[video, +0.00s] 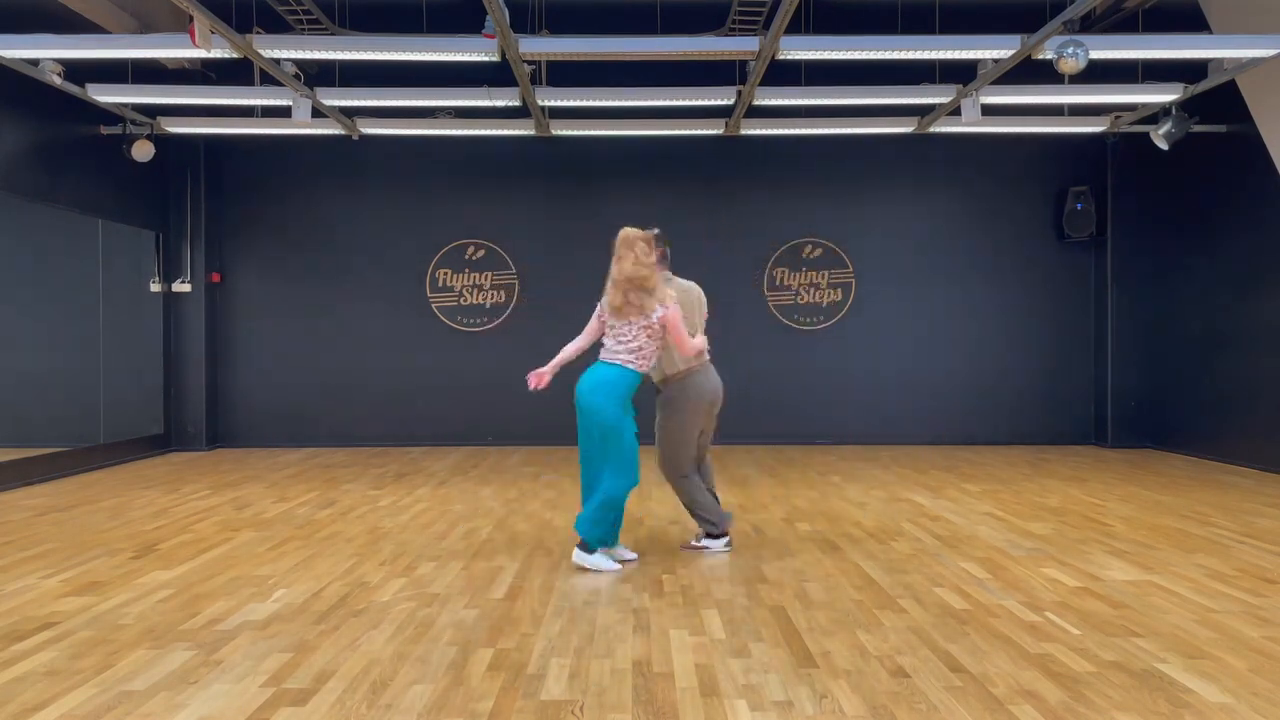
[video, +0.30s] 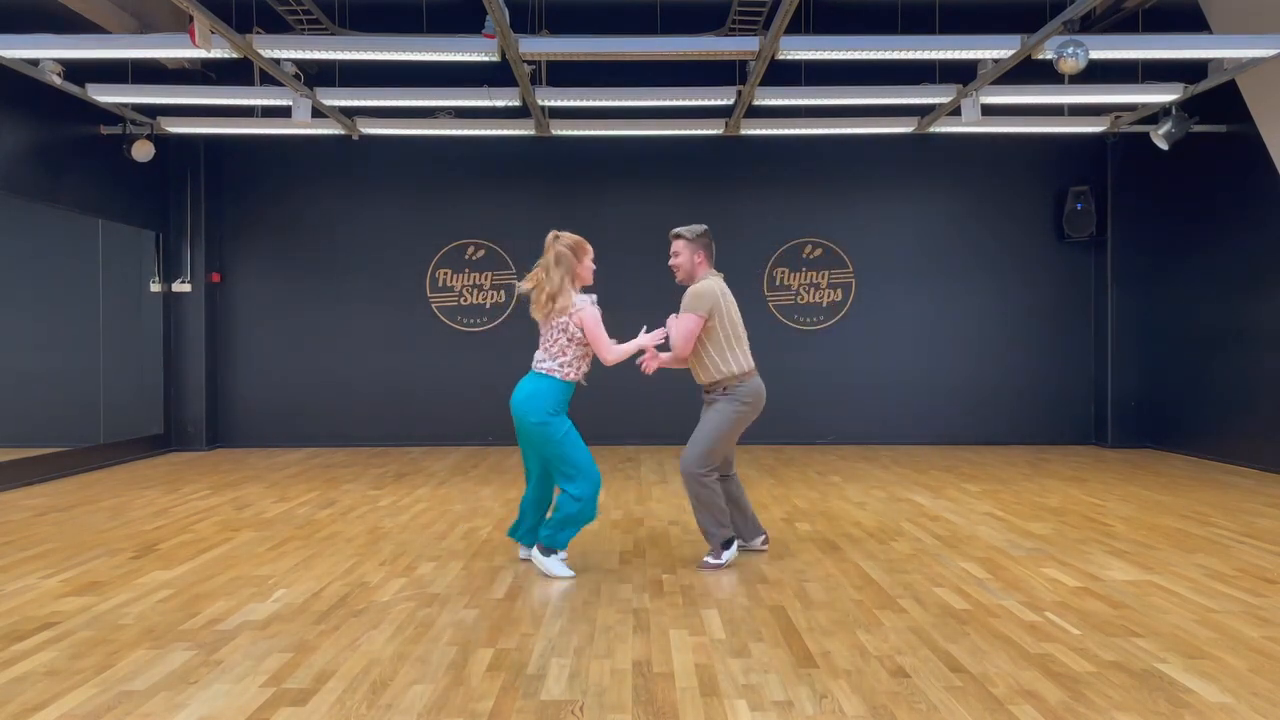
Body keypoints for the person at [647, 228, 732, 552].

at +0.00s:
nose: (639, 262)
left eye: (642, 256)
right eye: (644, 254)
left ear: (650, 257)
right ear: (665, 257)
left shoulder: (647, 297)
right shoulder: (694, 290)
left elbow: (643, 343)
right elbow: (697, 331)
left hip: (680, 386)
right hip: (707, 375)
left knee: (676, 467)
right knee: (698, 458)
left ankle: (716, 528)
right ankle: (713, 527)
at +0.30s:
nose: (671, 262)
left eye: (676, 255)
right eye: (671, 255)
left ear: (700, 256)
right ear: (697, 258)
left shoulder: (702, 290)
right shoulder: (711, 287)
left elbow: (681, 350)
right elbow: (699, 351)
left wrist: (671, 326)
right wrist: (663, 358)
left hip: (736, 392)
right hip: (724, 392)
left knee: (694, 465)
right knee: (720, 468)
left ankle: (723, 542)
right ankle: (752, 535)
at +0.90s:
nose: (686, 247)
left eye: (692, 239)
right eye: (687, 239)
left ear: (716, 241)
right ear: (708, 243)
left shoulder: (746, 271)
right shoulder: (703, 297)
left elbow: (779, 315)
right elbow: (686, 344)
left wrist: (730, 336)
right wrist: (655, 326)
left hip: (776, 380)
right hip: (743, 390)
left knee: (746, 469)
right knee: (712, 467)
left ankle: (796, 563)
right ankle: (740, 566)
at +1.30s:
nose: (659, 235)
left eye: (665, 227)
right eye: (659, 227)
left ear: (690, 228)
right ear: (686, 230)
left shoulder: (708, 265)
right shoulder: (687, 269)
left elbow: (679, 328)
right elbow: (693, 323)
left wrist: (632, 336)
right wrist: (657, 316)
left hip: (742, 377)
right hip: (701, 381)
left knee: (720, 460)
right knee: (662, 455)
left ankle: (751, 546)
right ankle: (694, 539)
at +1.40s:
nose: (655, 244)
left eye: (663, 237)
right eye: (654, 237)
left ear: (689, 242)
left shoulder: (693, 284)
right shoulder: (679, 282)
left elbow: (683, 355)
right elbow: (689, 337)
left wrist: (640, 354)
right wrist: (663, 330)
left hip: (727, 391)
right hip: (689, 395)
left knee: (720, 484)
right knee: (650, 475)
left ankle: (760, 559)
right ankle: (668, 546)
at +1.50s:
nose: (656, 237)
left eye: (665, 231)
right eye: (651, 230)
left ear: (684, 238)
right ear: (645, 234)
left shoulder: (685, 280)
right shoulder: (658, 280)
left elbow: (673, 337)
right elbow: (660, 324)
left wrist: (626, 319)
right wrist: (639, 310)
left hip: (712, 384)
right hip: (677, 388)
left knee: (715, 474)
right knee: (643, 463)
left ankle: (757, 563)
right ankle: (667, 544)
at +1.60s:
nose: (647, 222)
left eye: (656, 215)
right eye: (642, 214)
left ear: (672, 223)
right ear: (633, 218)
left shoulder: (670, 260)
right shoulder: (638, 260)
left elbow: (616, 277)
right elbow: (657, 308)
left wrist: (576, 234)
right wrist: (627, 308)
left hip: (697, 367)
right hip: (658, 376)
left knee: (733, 450)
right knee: (635, 458)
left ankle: (771, 539)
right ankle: (656, 538)